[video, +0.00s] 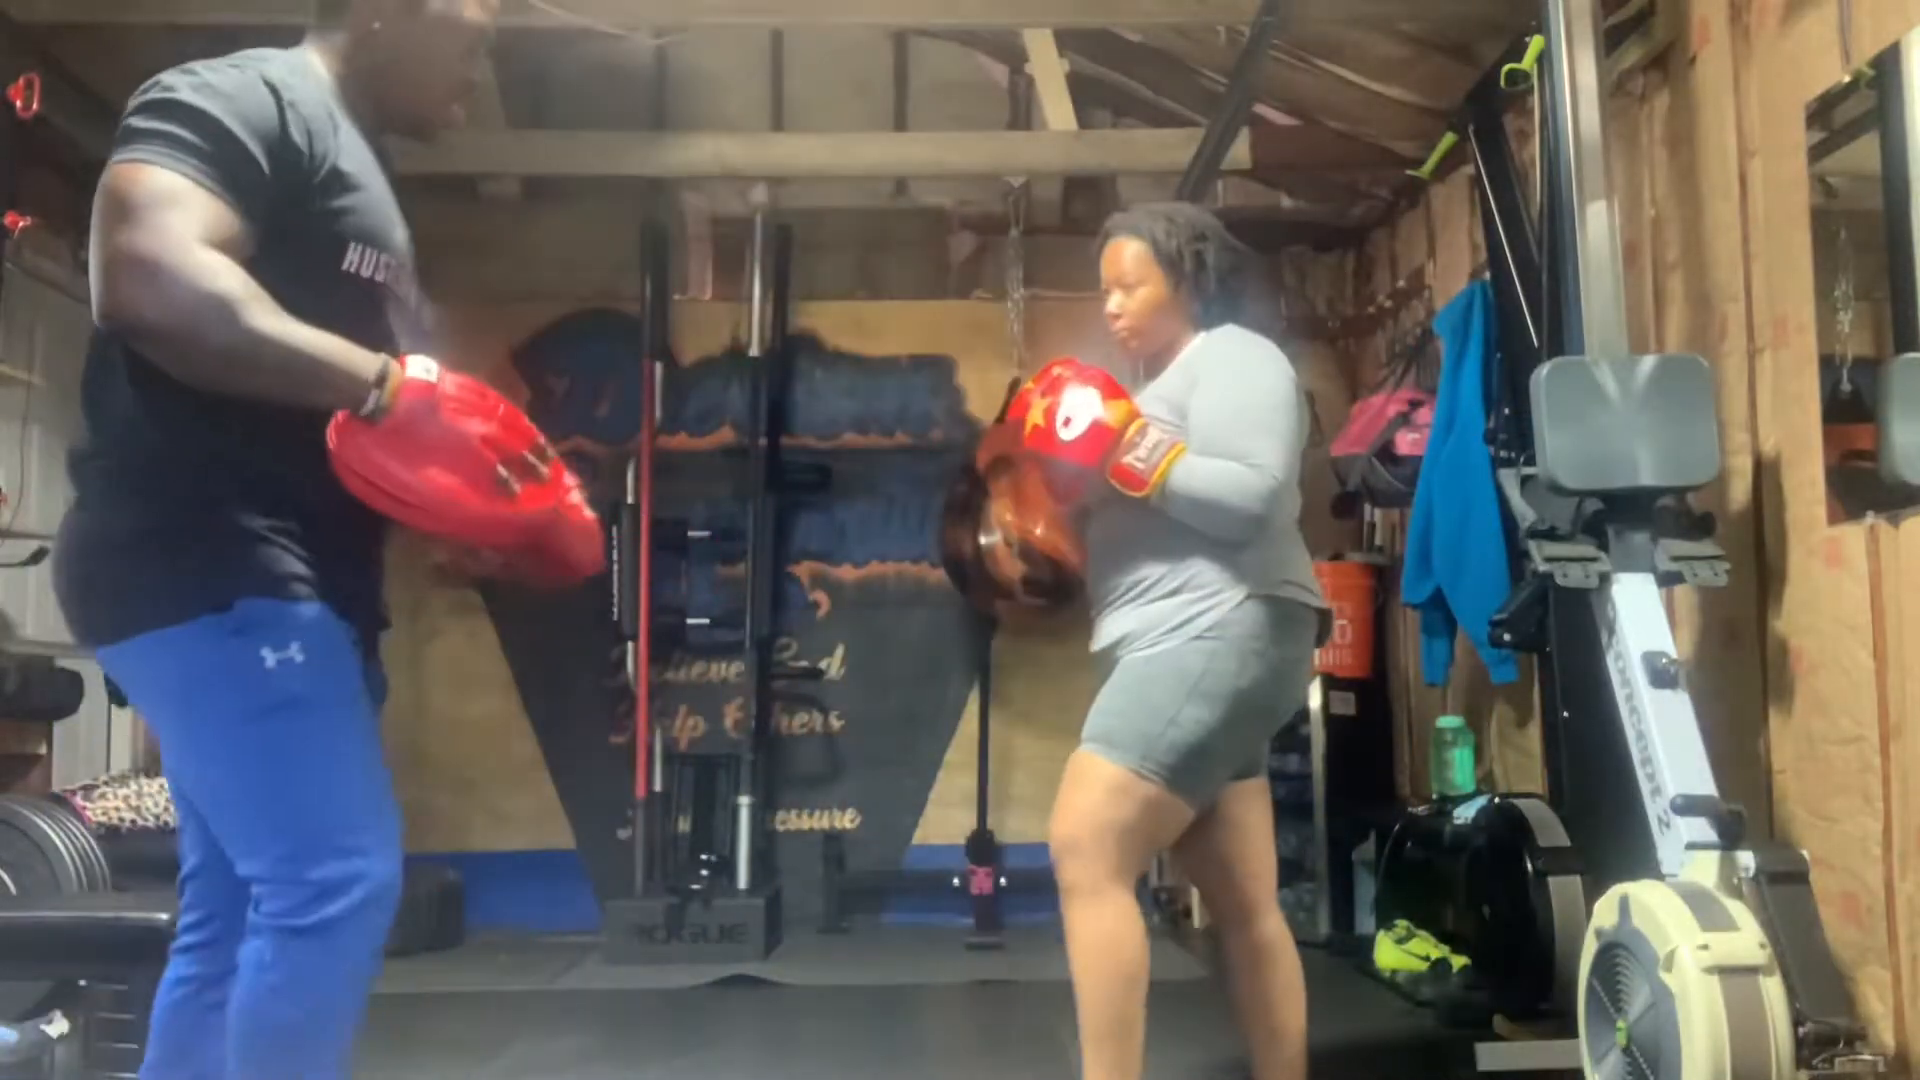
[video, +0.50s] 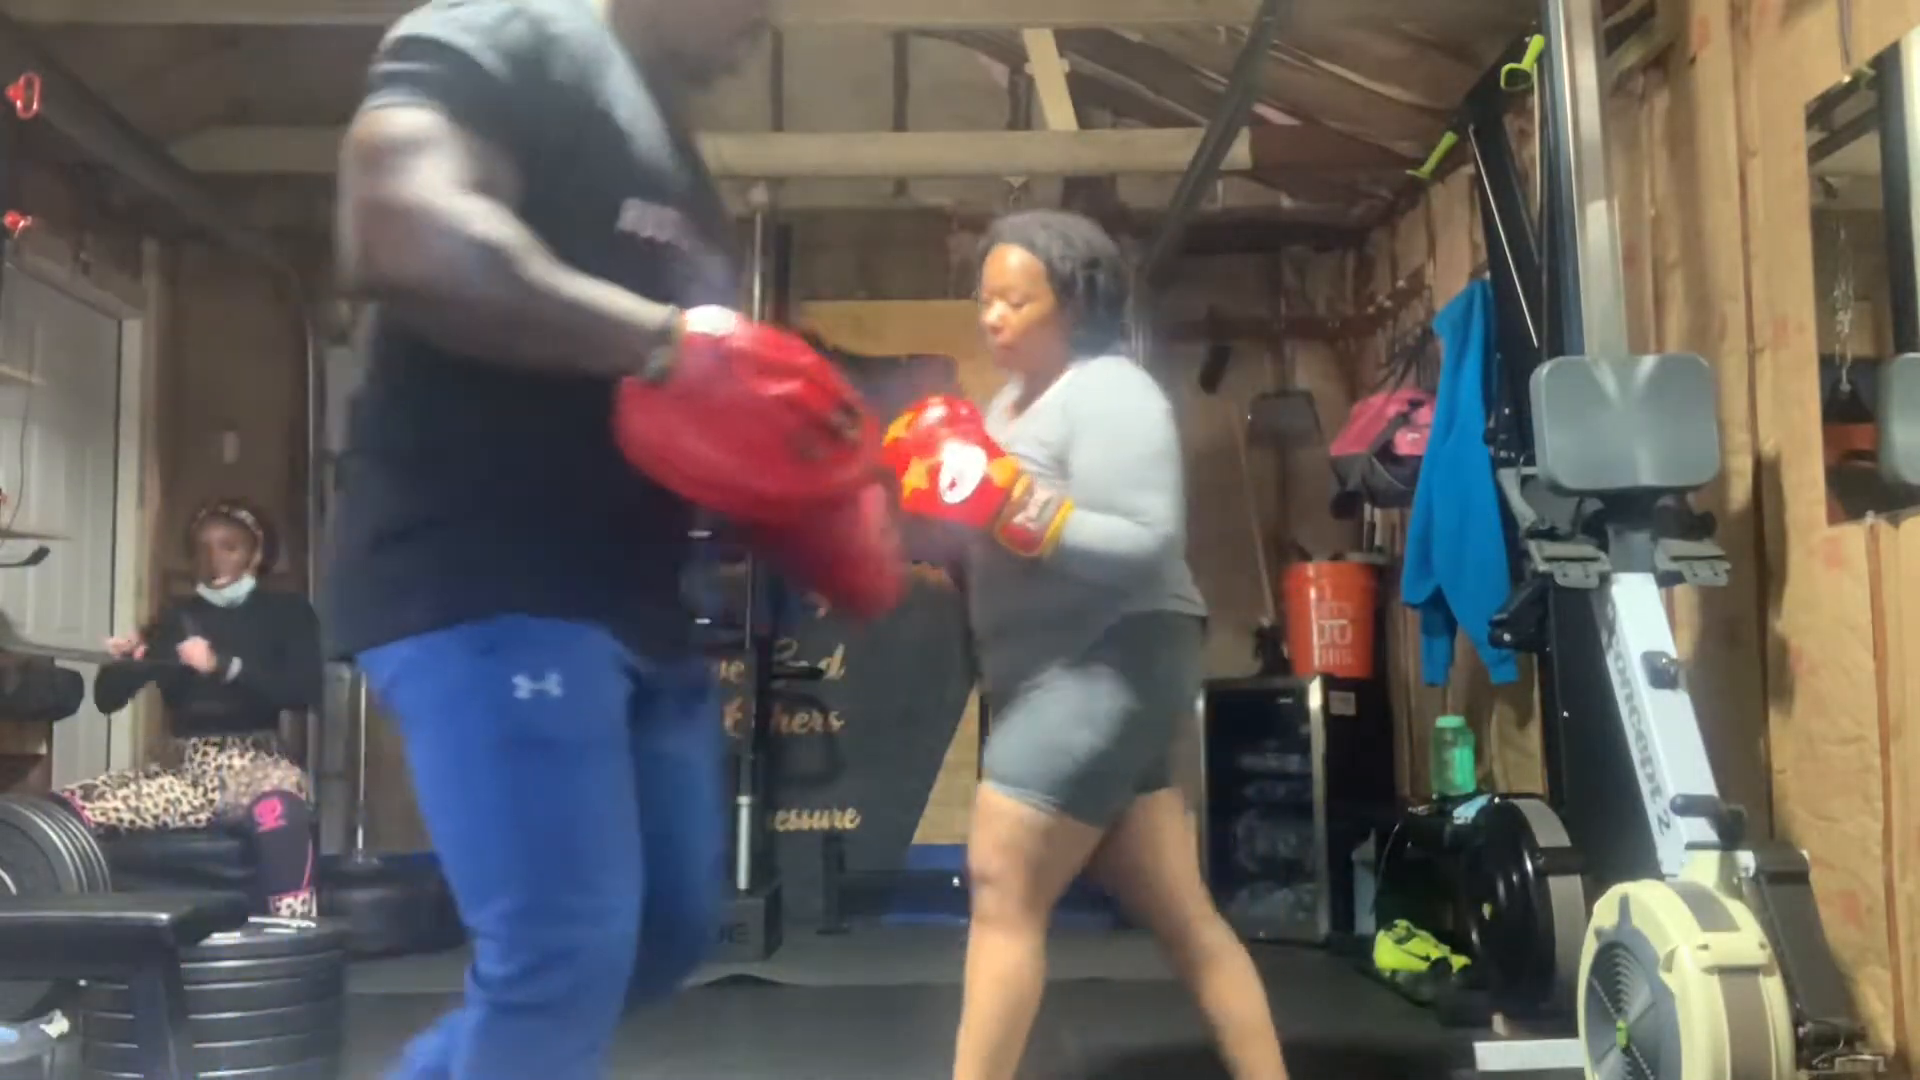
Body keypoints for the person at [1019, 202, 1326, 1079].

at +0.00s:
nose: (1109, 308)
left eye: (1124, 288)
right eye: (1105, 291)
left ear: (1185, 284)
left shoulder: (1240, 357)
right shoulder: (1138, 398)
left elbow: (1249, 499)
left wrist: (1121, 443)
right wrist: (1052, 489)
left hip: (1226, 621)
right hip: (1171, 633)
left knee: (1089, 851)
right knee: (1245, 913)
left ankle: (1108, 1075)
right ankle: (1283, 1074)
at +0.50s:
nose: (991, 316)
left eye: (1012, 298)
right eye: (986, 298)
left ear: (1073, 300)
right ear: (981, 302)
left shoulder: (1115, 391)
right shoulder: (1012, 406)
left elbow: (1143, 537)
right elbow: (997, 559)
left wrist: (1011, 503)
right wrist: (912, 521)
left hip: (1119, 652)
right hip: (1054, 658)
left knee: (1004, 882)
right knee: (1181, 910)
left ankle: (974, 1073)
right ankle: (1267, 1072)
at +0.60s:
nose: (956, 318)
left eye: (977, 299)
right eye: (949, 297)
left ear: (1034, 301)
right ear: (937, 291)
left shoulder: (1063, 385)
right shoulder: (991, 394)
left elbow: (1101, 536)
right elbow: (978, 551)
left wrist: (985, 518)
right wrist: (862, 580)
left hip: (1083, 640)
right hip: (1048, 641)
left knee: (994, 885)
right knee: (1102, 905)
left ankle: (973, 1076)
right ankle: (1244, 1071)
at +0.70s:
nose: (939, 296)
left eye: (957, 275)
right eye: (927, 276)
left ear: (1009, 277)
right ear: (919, 288)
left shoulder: (1053, 381)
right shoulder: (929, 388)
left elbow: (1073, 521)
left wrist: (958, 514)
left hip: (1056, 632)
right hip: (960, 635)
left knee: (971, 879)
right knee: (1003, 882)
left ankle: (965, 1074)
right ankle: (1160, 1040)